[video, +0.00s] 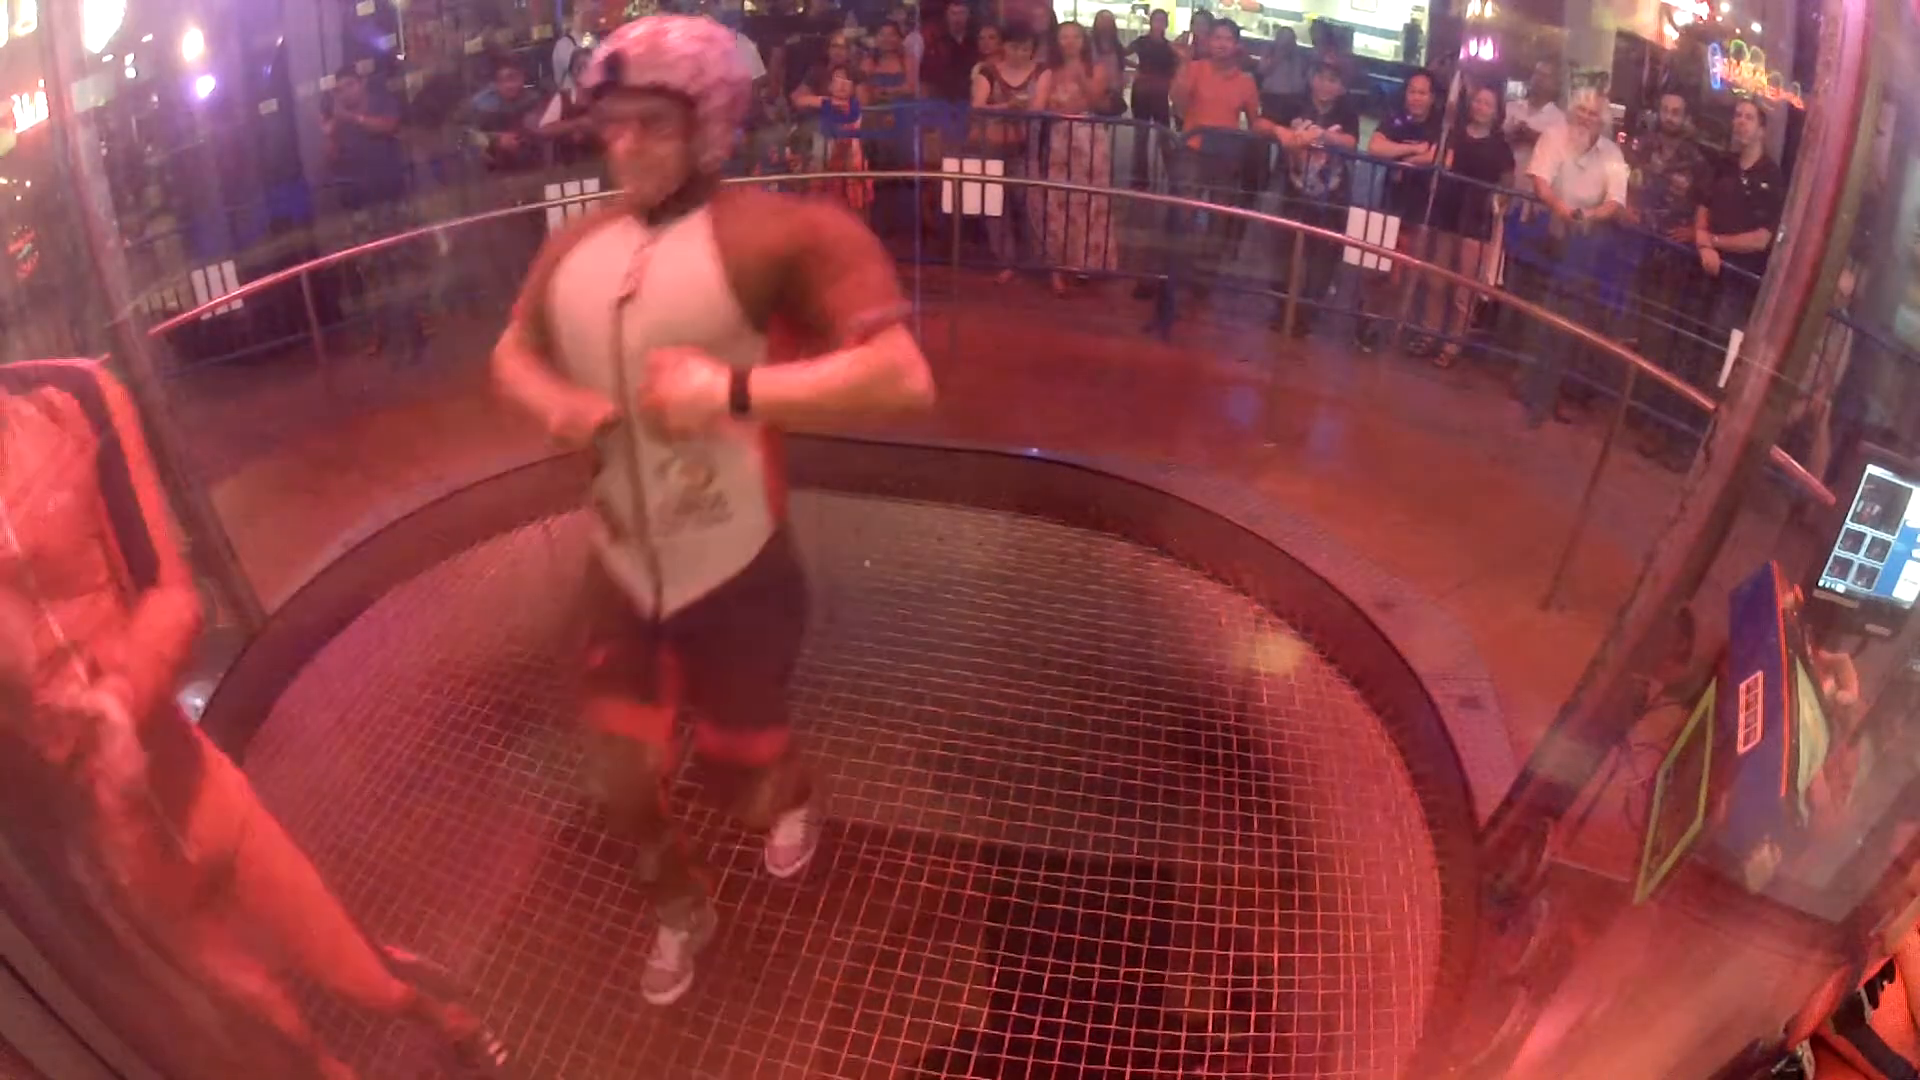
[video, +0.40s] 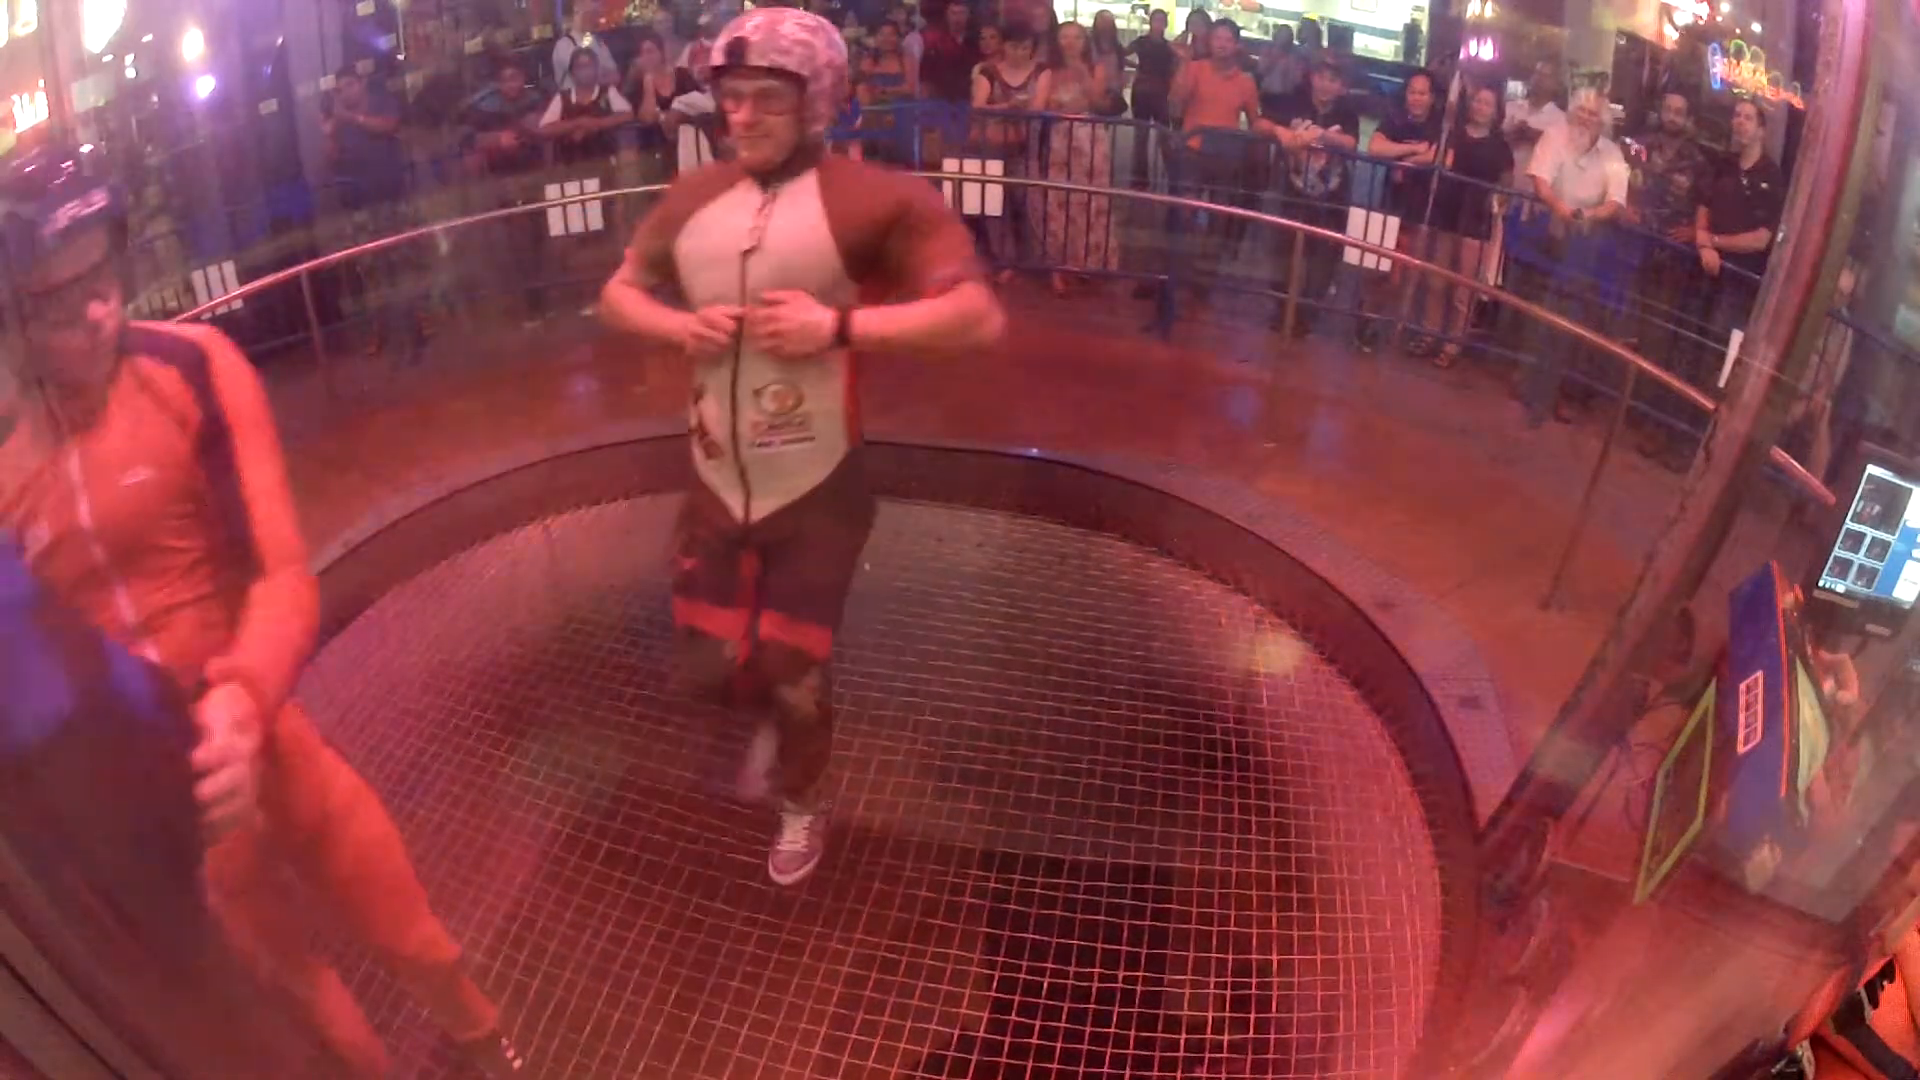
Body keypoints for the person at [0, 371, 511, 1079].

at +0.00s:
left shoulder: (68, 411)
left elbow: (171, 588)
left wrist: (120, 703)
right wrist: (39, 721)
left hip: (180, 776)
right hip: (70, 837)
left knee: (363, 980)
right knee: (276, 1035)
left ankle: (457, 1028)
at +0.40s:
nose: (96, 313)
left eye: (103, 281)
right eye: (61, 302)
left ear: (122, 266)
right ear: (10, 314)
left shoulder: (197, 364)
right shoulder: (7, 442)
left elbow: (285, 575)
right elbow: (23, 644)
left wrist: (245, 695)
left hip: (252, 724)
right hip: (125, 775)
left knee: (421, 949)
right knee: (293, 1002)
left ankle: (492, 1054)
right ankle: (371, 1070)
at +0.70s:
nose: (186, 283)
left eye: (197, 252)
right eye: (152, 267)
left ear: (216, 239)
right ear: (94, 275)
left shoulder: (284, 352)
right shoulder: (77, 400)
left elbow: (355, 564)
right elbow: (68, 594)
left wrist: (318, 699)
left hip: (306, 670)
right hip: (173, 706)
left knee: (530, 945)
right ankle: (457, 1030)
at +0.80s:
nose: (227, 271)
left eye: (237, 242)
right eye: (195, 255)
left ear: (255, 235)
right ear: (133, 269)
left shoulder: (327, 350)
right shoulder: (127, 397)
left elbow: (390, 562)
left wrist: (353, 694)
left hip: (343, 656)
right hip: (220, 693)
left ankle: (537, 932)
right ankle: (443, 1025)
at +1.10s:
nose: (321, 266)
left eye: (331, 239)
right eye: (291, 251)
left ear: (349, 232)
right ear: (235, 258)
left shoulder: (409, 356)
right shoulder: (183, 395)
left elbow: (445, 544)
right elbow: (187, 548)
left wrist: (430, 681)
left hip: (391, 633)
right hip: (256, 653)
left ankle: (551, 875)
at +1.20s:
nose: (328, 269)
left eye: (339, 243)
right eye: (300, 251)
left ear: (355, 237)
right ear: (243, 258)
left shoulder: (414, 357)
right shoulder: (189, 399)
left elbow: (448, 537)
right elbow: (204, 549)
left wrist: (452, 675)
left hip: (406, 645)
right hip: (267, 658)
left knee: (551, 864)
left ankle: (603, 899)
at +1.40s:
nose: (317, 303)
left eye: (327, 276)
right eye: (291, 286)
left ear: (345, 266)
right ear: (243, 289)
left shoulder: (406, 372)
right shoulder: (196, 426)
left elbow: (464, 542)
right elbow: (220, 576)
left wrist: (501, 683)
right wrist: (240, 685)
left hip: (423, 653)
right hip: (284, 674)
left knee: (553, 835)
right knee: (237, 875)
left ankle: (606, 912)